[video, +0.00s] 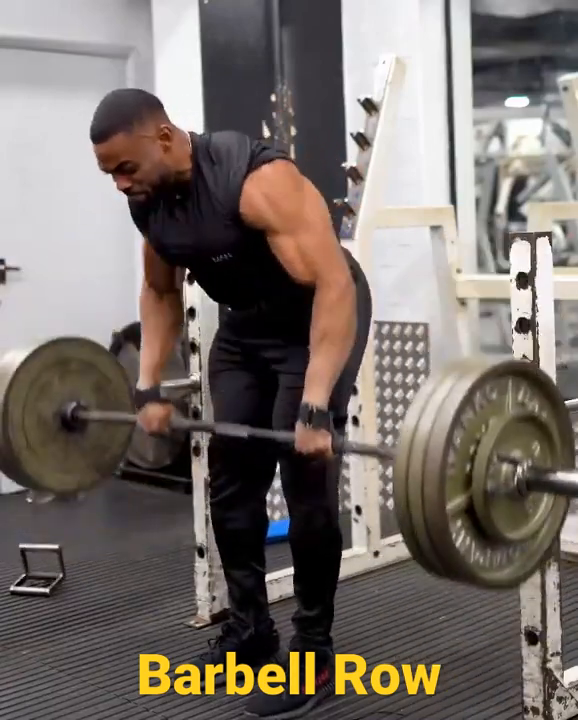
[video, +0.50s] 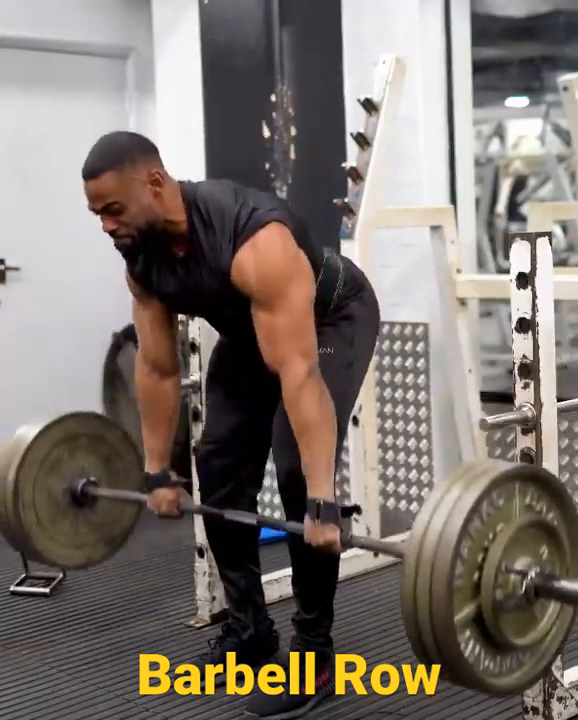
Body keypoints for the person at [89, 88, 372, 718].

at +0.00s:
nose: (120, 185)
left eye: (125, 168)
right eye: (111, 174)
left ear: (166, 137)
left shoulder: (261, 179)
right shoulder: (152, 203)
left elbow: (335, 283)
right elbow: (160, 292)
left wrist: (316, 402)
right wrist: (149, 386)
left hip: (318, 324)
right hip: (245, 333)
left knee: (307, 478)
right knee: (230, 483)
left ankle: (312, 646)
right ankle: (248, 626)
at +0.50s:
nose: (107, 227)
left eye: (113, 210)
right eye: (98, 215)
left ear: (155, 182)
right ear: (144, 188)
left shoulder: (255, 242)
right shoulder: (142, 254)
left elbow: (300, 371)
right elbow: (157, 368)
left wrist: (324, 498)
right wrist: (158, 471)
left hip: (332, 313)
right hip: (249, 324)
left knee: (297, 464)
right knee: (219, 466)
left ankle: (311, 647)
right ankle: (247, 628)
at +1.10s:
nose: (110, 190)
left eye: (117, 174)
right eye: (102, 178)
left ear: (160, 148)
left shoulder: (252, 203)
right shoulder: (143, 219)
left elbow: (315, 320)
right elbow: (154, 321)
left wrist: (312, 449)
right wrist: (149, 429)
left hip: (327, 300)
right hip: (252, 312)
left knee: (309, 468)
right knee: (237, 465)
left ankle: (311, 649)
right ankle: (250, 627)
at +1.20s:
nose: (121, 154)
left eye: (127, 137)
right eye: (113, 142)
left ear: (170, 108)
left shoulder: (260, 155)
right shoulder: (152, 177)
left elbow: (336, 262)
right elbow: (157, 273)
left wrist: (313, 380)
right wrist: (147, 369)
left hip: (309, 321)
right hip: (240, 325)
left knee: (307, 482)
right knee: (240, 480)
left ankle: (313, 651)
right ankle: (249, 630)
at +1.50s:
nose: (108, 162)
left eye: (113, 145)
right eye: (99, 151)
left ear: (154, 116)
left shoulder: (245, 143)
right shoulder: (141, 175)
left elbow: (360, 187)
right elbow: (164, 223)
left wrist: (316, 286)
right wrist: (146, 283)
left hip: (302, 322)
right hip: (229, 325)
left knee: (285, 469)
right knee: (218, 472)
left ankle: (310, 647)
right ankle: (247, 627)